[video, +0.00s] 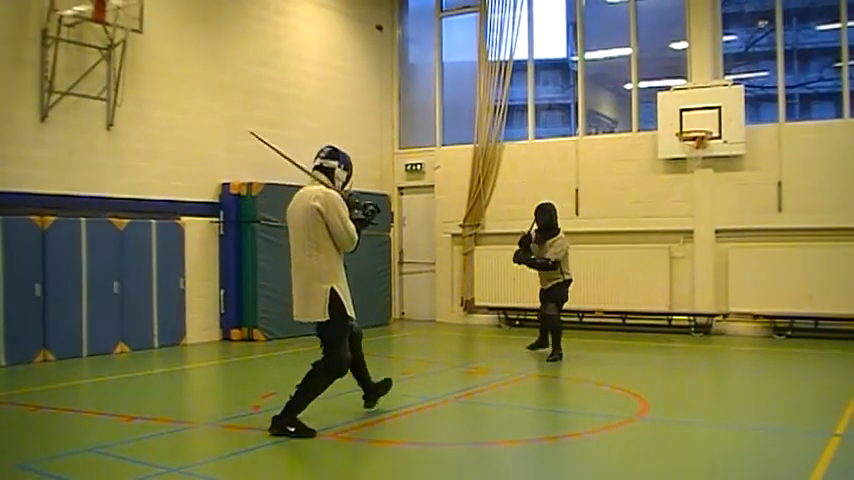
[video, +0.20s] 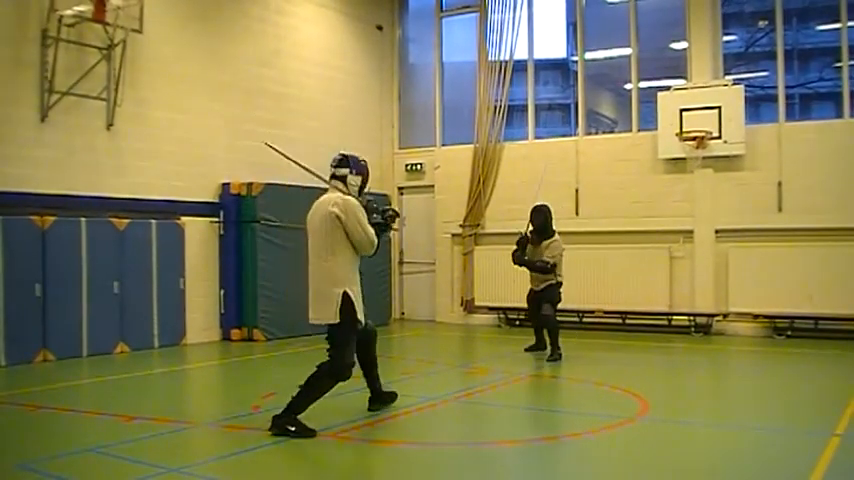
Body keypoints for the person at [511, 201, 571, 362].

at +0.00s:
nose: (538, 222)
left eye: (541, 219)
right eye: (537, 219)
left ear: (551, 219)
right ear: (536, 220)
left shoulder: (560, 241)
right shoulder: (536, 236)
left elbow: (549, 264)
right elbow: (521, 256)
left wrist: (526, 261)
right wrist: (524, 248)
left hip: (560, 281)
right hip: (545, 282)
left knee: (552, 311)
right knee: (543, 311)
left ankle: (557, 349)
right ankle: (543, 338)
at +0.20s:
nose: (534, 223)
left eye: (538, 219)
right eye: (533, 219)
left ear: (547, 220)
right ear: (531, 220)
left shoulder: (555, 243)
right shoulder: (531, 238)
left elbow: (546, 267)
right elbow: (518, 259)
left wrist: (523, 262)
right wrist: (520, 249)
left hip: (551, 284)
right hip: (535, 285)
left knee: (547, 312)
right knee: (533, 313)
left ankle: (555, 348)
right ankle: (539, 341)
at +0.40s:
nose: (529, 221)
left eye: (533, 218)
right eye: (528, 218)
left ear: (543, 218)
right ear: (527, 218)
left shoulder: (550, 241)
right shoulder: (526, 236)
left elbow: (543, 265)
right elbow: (510, 253)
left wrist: (519, 259)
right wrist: (521, 242)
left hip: (544, 282)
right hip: (530, 283)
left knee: (541, 310)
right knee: (530, 313)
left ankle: (542, 346)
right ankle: (538, 340)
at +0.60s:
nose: (526, 225)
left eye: (530, 221)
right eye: (525, 221)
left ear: (539, 222)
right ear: (523, 222)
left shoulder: (547, 244)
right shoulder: (523, 240)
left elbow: (541, 269)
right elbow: (508, 258)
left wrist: (516, 264)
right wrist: (519, 245)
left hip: (541, 285)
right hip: (527, 286)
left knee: (534, 311)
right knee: (529, 316)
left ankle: (536, 347)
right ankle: (539, 341)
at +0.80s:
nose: (523, 228)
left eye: (527, 224)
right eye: (522, 224)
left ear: (535, 224)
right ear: (520, 224)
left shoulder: (544, 246)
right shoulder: (519, 241)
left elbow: (540, 271)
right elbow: (507, 259)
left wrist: (514, 269)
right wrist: (517, 248)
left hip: (539, 286)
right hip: (524, 287)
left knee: (532, 310)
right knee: (525, 315)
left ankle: (534, 347)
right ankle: (531, 338)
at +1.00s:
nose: (522, 237)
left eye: (525, 234)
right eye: (520, 233)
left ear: (533, 231)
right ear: (517, 231)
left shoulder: (542, 251)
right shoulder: (516, 244)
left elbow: (538, 276)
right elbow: (503, 263)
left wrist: (515, 275)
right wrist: (514, 253)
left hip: (536, 288)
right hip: (522, 288)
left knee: (531, 312)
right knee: (523, 316)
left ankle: (534, 348)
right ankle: (528, 340)